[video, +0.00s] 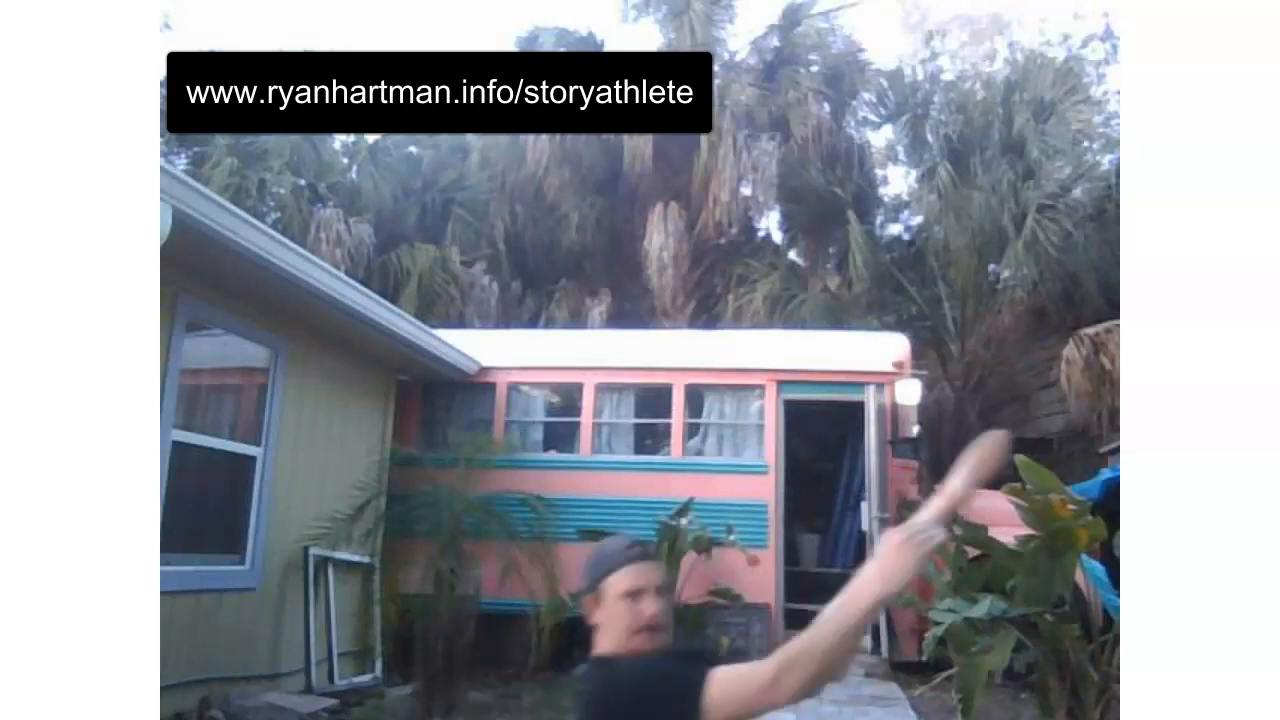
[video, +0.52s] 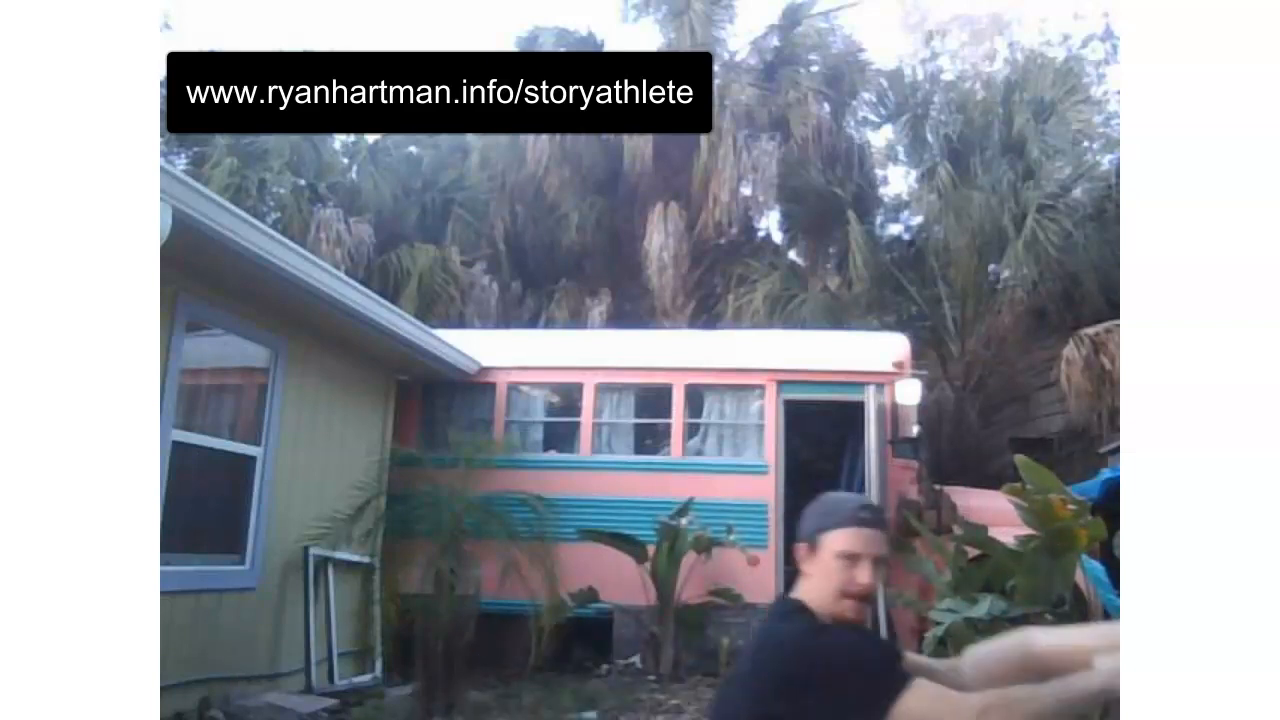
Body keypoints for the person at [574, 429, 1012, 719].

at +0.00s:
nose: (652, 611)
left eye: (660, 594)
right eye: (632, 597)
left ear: (673, 598)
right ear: (592, 609)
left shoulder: (652, 677)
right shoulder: (617, 683)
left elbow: (807, 676)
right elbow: (777, 683)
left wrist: (942, 505)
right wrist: (875, 580)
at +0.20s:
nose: (677, 596)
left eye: (683, 577)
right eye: (655, 583)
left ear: (696, 579)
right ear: (615, 597)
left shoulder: (691, 659)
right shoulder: (645, 683)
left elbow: (812, 649)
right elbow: (795, 686)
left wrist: (959, 503)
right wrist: (899, 557)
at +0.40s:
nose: (705, 582)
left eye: (715, 566)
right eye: (688, 567)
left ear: (727, 572)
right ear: (650, 575)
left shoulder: (726, 636)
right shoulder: (660, 655)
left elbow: (858, 660)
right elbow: (821, 675)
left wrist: (1038, 530)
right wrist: (940, 589)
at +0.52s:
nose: (867, 580)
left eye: (876, 564)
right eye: (849, 561)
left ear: (886, 564)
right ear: (804, 557)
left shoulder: (832, 630)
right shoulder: (814, 645)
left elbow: (958, 676)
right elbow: (967, 709)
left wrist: (1128, 638)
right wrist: (1112, 679)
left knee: (1029, 649)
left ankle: (1139, 633)